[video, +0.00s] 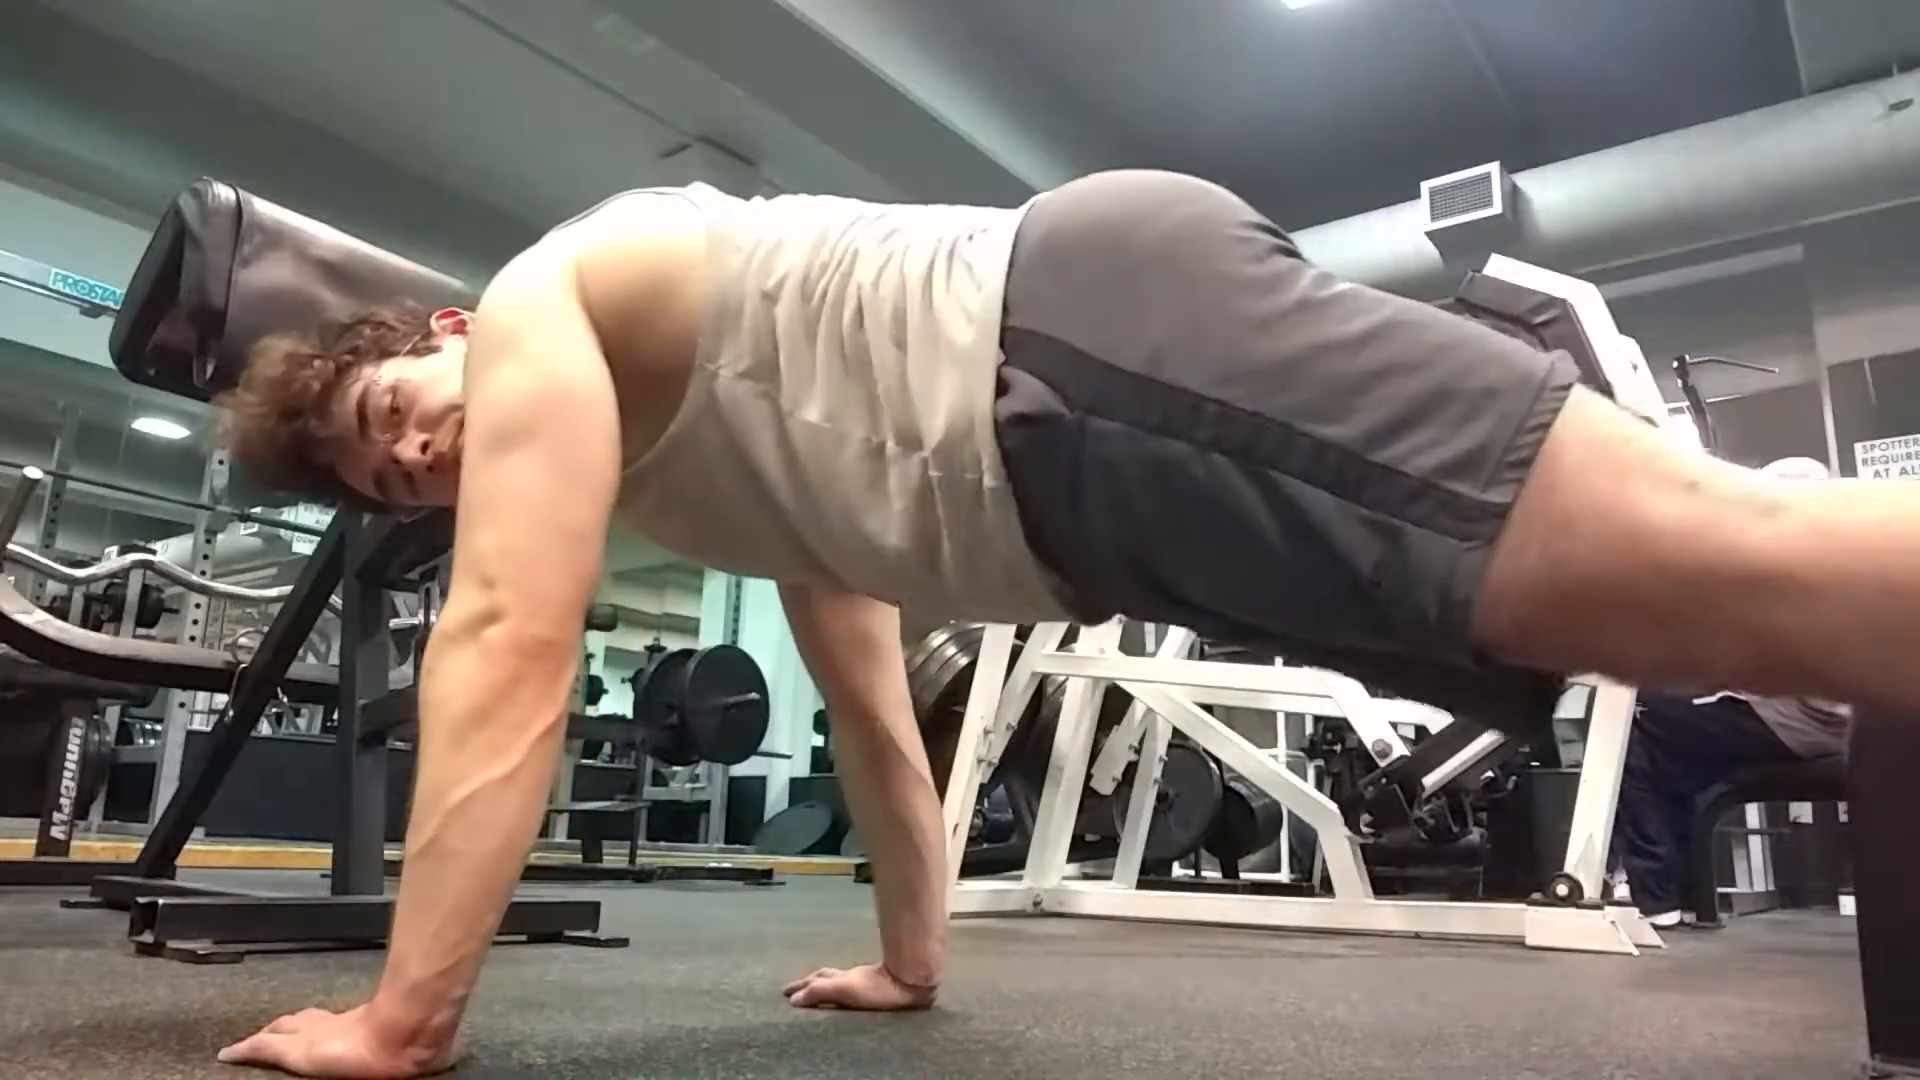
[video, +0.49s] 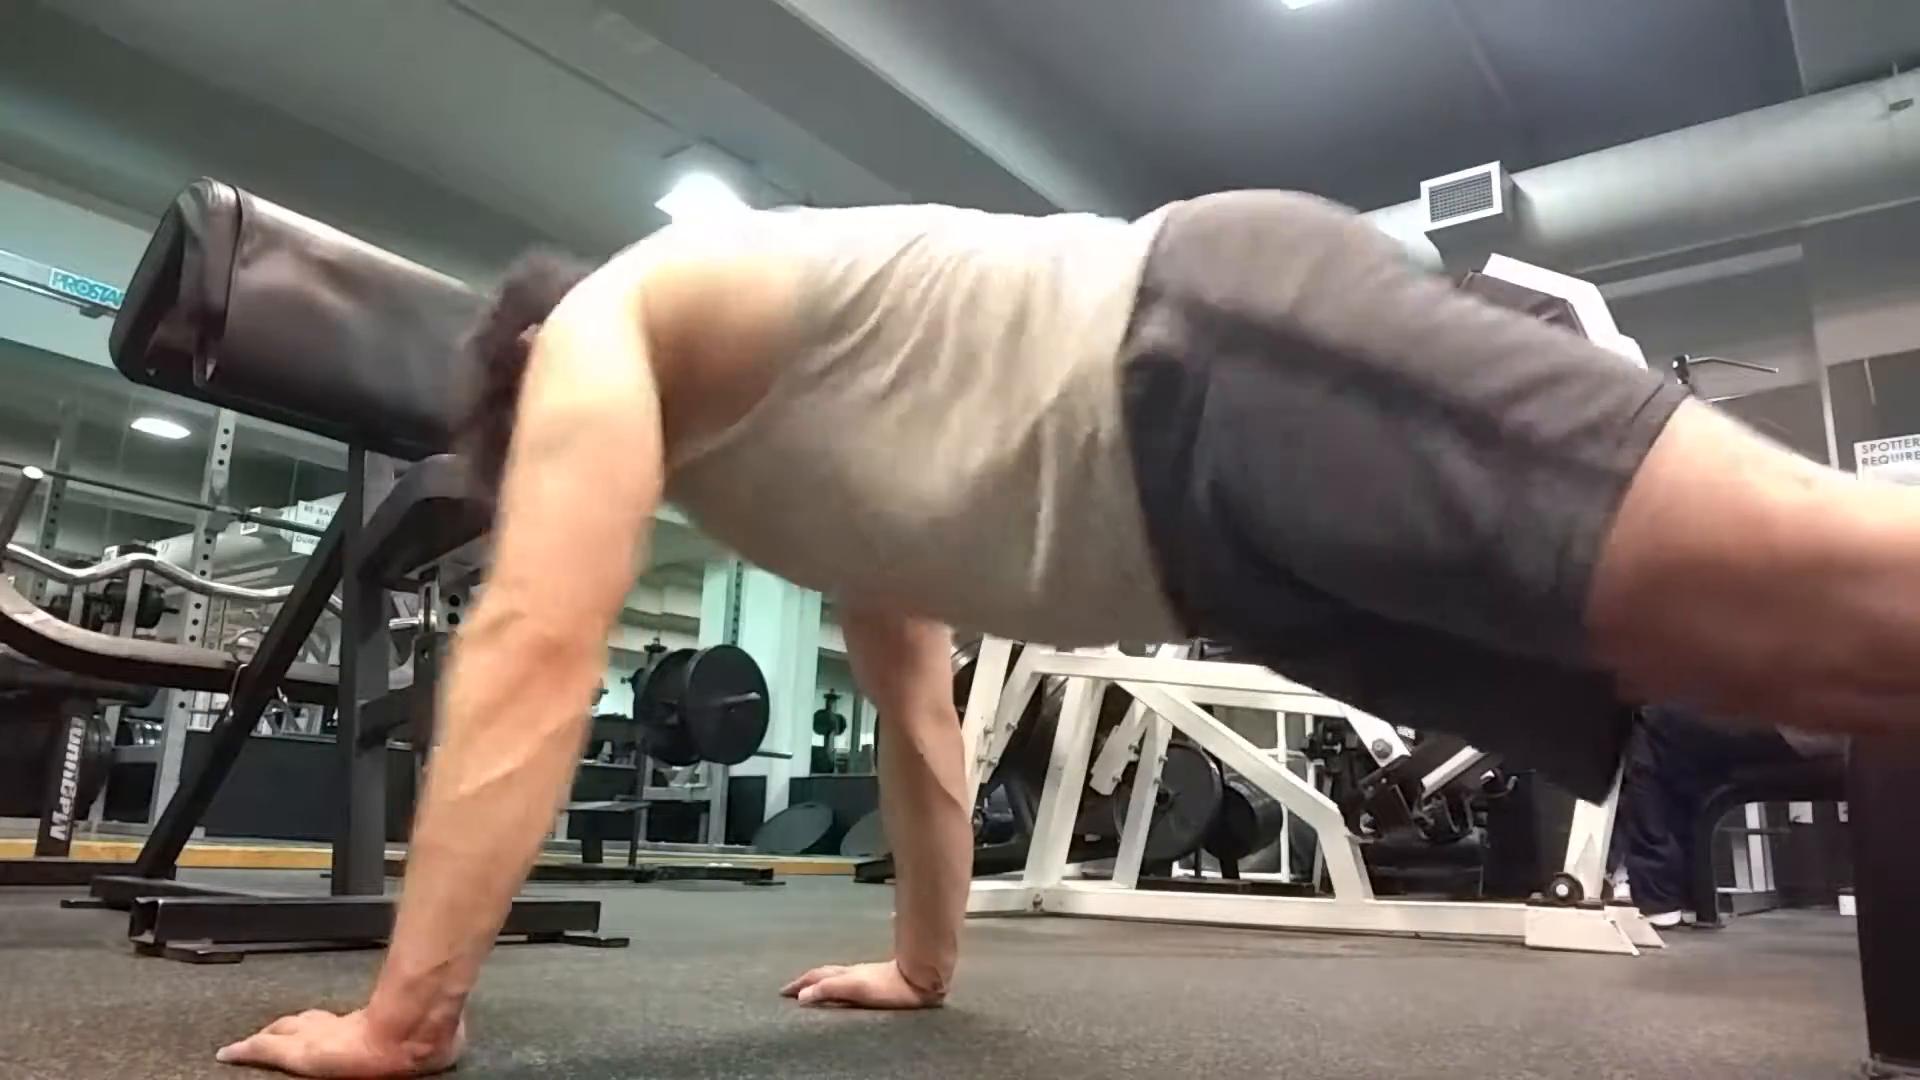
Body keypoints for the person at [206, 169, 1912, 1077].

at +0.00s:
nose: (381, 459)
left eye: (358, 408)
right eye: (344, 473)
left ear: (413, 315)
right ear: (367, 477)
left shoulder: (537, 314)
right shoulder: (724, 422)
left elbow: (508, 647)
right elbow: (869, 695)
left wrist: (403, 1014)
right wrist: (916, 955)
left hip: (1088, 356)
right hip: (1112, 477)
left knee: (1717, 563)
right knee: (1696, 610)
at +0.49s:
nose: (525, 502)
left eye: (506, 464)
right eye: (506, 484)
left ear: (511, 381)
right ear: (552, 407)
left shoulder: (612, 321)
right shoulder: (788, 452)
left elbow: (535, 654)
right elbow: (907, 683)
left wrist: (405, 1013)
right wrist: (928, 959)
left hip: (1221, 369)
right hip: (1230, 560)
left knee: (1844, 590)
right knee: (1831, 700)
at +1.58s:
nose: (433, 596)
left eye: (426, 564)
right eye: (425, 580)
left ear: (444, 492)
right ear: (556, 424)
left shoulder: (534, 492)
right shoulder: (720, 498)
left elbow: (611, 676)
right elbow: (985, 733)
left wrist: (469, 1010)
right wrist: (924, 975)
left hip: (1108, 601)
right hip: (1119, 666)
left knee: (1819, 692)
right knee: (1782, 766)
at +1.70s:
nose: (410, 701)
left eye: (400, 662)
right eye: (401, 682)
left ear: (422, 589)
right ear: (522, 530)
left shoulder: (492, 585)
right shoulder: (653, 573)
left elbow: (601, 693)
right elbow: (908, 704)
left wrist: (464, 1018)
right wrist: (933, 959)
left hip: (1064, 692)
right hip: (1079, 735)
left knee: (1765, 757)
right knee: (1741, 796)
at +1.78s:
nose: (408, 720)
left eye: (402, 679)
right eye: (409, 703)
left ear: (425, 604)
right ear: (528, 561)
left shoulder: (481, 619)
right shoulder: (649, 606)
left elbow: (598, 694)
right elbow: (896, 727)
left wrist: (461, 1020)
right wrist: (934, 957)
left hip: (1048, 716)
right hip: (1064, 811)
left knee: (1759, 788)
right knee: (1741, 818)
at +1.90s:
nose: (431, 849)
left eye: (408, 830)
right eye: (426, 828)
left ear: (403, 759)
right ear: (458, 717)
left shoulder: (447, 721)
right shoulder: (544, 755)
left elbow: (607, 697)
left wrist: (458, 1014)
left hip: (1020, 796)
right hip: (1034, 850)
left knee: (1718, 842)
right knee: (1709, 853)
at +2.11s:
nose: (436, 852)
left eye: (410, 833)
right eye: (430, 832)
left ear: (410, 750)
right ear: (450, 754)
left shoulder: (451, 711)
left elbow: (602, 691)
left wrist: (461, 1013)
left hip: (1006, 801)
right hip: (1012, 870)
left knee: (1734, 844)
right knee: (1722, 851)